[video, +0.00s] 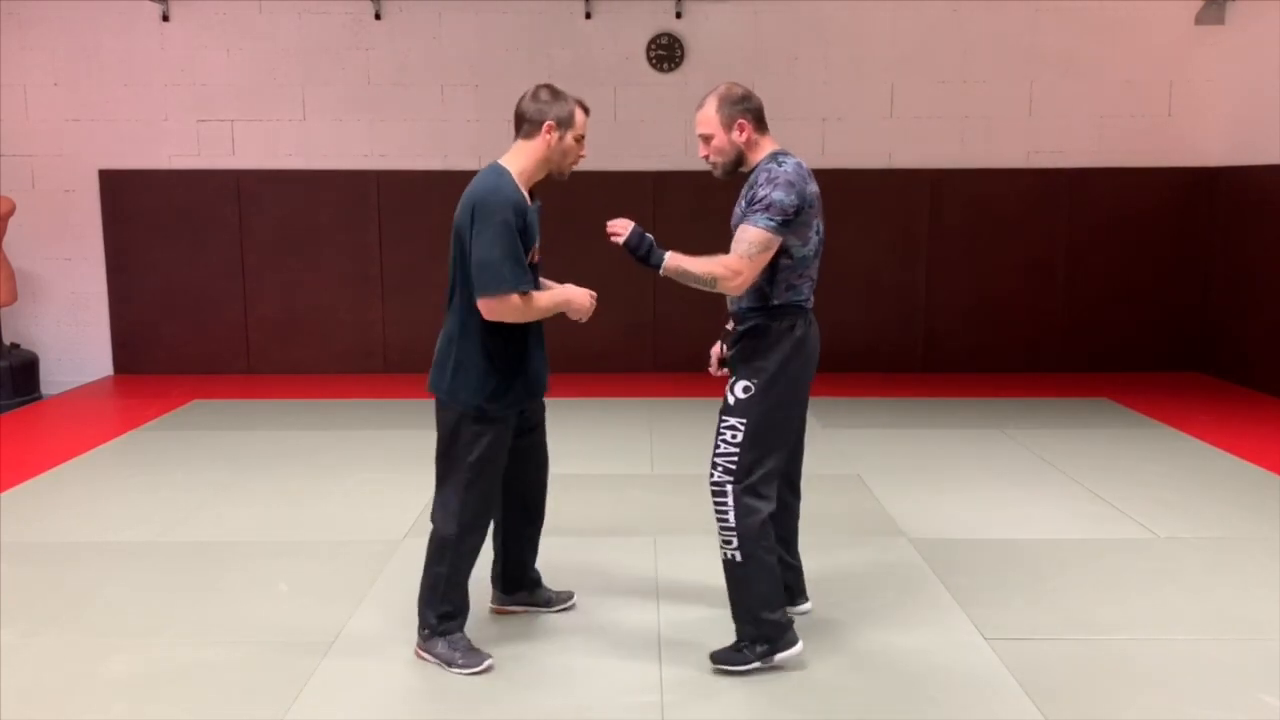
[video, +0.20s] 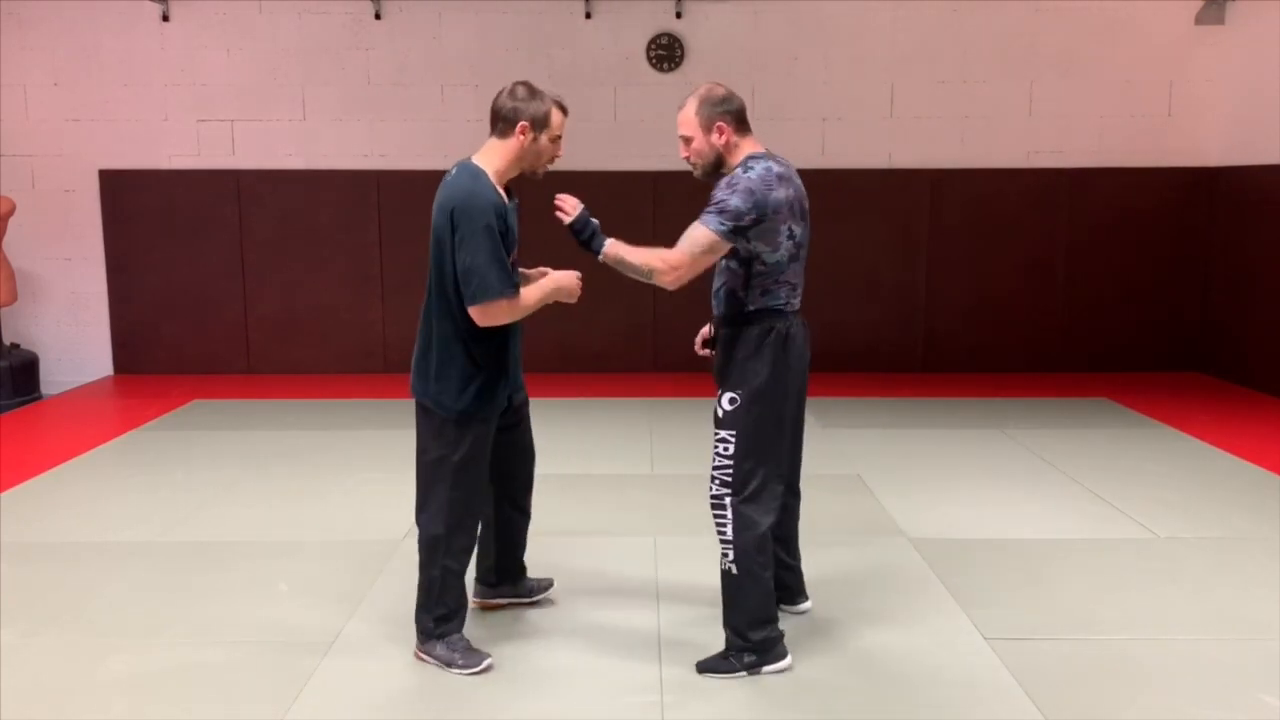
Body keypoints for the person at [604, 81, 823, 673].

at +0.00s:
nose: (703, 151)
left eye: (708, 139)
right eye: (700, 139)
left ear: (743, 131)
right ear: (744, 132)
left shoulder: (780, 180)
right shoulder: (769, 176)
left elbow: (739, 272)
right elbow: (765, 277)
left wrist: (656, 255)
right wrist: (734, 336)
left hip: (774, 340)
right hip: (776, 337)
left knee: (733, 481)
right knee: (775, 474)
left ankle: (766, 634)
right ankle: (785, 589)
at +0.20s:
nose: (684, 152)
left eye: (688, 139)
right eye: (681, 140)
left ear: (723, 131)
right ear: (729, 131)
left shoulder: (748, 188)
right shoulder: (779, 175)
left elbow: (671, 269)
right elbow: (765, 266)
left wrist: (594, 238)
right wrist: (727, 320)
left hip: (758, 344)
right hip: (780, 339)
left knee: (736, 491)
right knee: (774, 477)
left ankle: (755, 643)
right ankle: (785, 584)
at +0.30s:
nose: (669, 153)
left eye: (673, 141)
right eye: (667, 141)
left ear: (707, 135)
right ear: (719, 133)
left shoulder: (720, 190)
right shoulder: (775, 172)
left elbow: (623, 252)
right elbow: (769, 259)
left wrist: (535, 242)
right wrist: (731, 314)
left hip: (758, 346)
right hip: (788, 338)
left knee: (737, 495)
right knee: (776, 474)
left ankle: (755, 645)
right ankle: (782, 578)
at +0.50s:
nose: (655, 155)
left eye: (658, 143)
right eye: (653, 144)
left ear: (688, 137)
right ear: (708, 133)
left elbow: (599, 250)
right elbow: (803, 264)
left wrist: (522, 228)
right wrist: (773, 317)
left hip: (749, 346)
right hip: (784, 338)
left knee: (736, 496)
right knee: (762, 477)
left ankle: (757, 645)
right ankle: (767, 577)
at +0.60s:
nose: (655, 157)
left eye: (656, 145)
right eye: (652, 145)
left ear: (687, 137)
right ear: (707, 134)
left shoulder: (700, 190)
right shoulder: (773, 174)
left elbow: (603, 250)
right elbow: (802, 268)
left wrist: (532, 215)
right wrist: (780, 327)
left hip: (744, 345)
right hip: (777, 338)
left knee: (738, 494)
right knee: (754, 477)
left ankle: (758, 645)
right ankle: (752, 574)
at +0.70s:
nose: (652, 162)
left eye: (655, 150)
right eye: (650, 151)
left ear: (686, 142)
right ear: (700, 141)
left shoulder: (705, 189)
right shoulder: (767, 181)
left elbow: (614, 253)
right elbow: (792, 272)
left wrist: (550, 216)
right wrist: (773, 335)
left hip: (738, 344)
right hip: (767, 339)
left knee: (728, 494)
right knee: (746, 478)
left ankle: (757, 644)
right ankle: (744, 576)